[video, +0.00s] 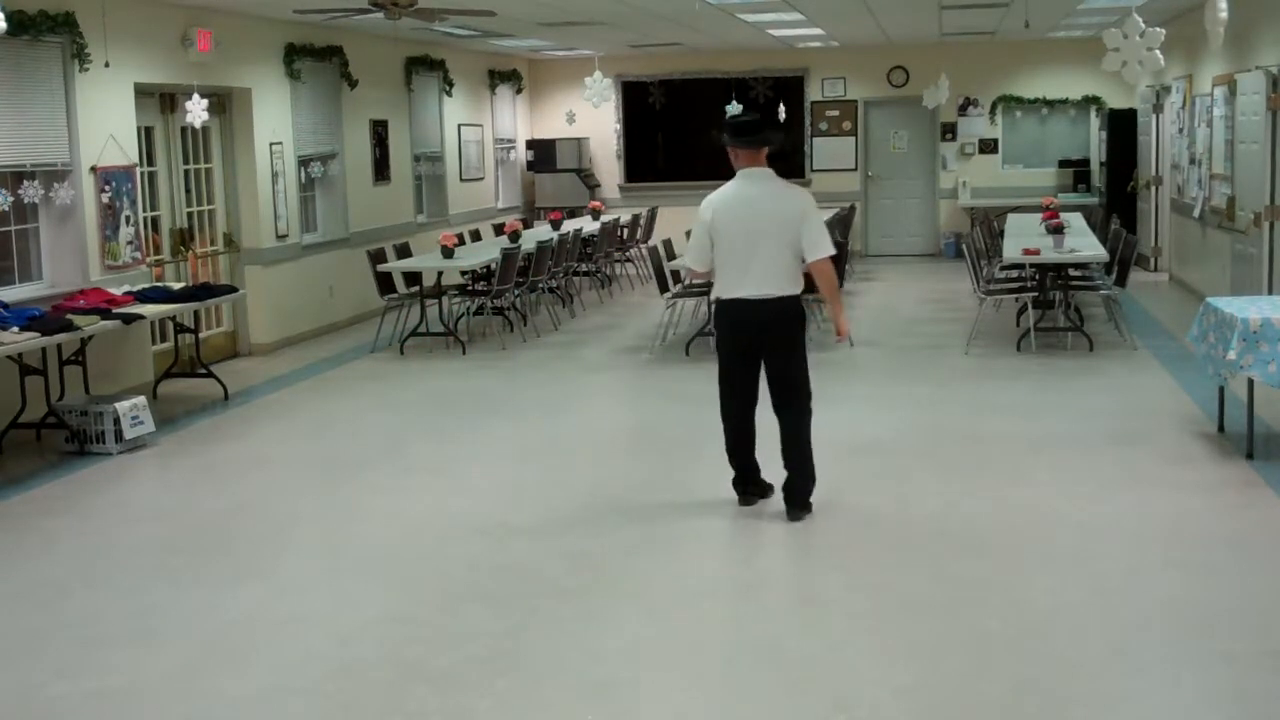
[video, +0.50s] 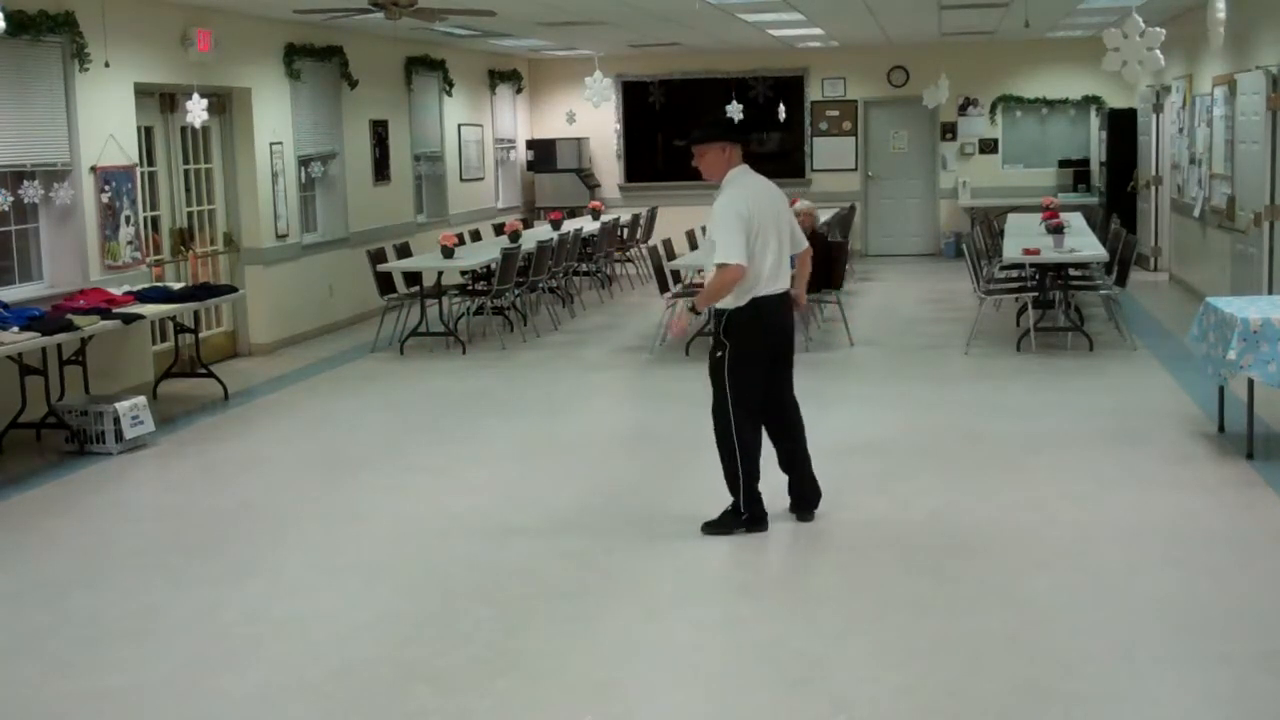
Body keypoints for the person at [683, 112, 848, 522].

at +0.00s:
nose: (731, 156)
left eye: (730, 150)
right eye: (734, 149)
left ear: (731, 152)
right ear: (768, 149)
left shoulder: (715, 203)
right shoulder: (797, 198)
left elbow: (698, 270)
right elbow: (819, 262)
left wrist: (732, 255)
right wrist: (839, 313)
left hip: (733, 317)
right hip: (784, 316)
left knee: (737, 402)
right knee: (793, 404)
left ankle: (747, 483)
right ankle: (798, 499)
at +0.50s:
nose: (696, 165)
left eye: (701, 156)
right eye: (694, 157)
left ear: (726, 151)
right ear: (731, 153)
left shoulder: (729, 201)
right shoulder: (769, 189)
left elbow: (733, 270)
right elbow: (803, 251)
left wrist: (693, 307)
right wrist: (798, 294)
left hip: (742, 320)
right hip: (778, 314)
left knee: (732, 415)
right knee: (780, 405)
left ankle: (746, 508)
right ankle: (805, 494)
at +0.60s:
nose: (685, 164)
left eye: (690, 155)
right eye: (684, 156)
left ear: (715, 151)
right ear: (720, 153)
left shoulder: (723, 197)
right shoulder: (751, 186)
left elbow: (733, 267)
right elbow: (780, 251)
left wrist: (708, 320)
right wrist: (754, 287)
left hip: (737, 316)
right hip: (765, 310)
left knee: (735, 414)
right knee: (764, 404)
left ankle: (748, 508)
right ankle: (787, 494)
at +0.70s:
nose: (673, 166)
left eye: (677, 157)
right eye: (671, 158)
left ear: (704, 151)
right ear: (705, 153)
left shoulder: (718, 194)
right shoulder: (727, 186)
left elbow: (736, 266)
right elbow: (746, 259)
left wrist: (729, 328)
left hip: (730, 317)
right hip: (741, 311)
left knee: (728, 415)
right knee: (742, 412)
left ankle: (748, 508)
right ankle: (757, 501)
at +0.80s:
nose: (664, 173)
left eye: (670, 164)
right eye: (662, 165)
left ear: (696, 158)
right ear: (691, 162)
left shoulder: (718, 202)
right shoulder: (703, 198)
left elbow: (743, 271)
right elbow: (711, 263)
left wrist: (748, 334)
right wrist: (692, 305)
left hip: (723, 324)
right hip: (714, 321)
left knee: (697, 414)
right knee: (734, 413)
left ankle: (732, 500)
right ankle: (758, 498)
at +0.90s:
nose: (654, 175)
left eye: (660, 166)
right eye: (652, 168)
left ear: (686, 162)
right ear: (671, 167)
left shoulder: (718, 207)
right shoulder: (682, 206)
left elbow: (749, 271)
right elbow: (683, 272)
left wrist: (759, 335)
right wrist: (664, 321)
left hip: (720, 331)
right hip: (696, 330)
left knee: (682, 415)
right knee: (729, 416)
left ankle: (700, 506)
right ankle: (758, 500)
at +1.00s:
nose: (642, 175)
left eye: (648, 165)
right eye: (639, 167)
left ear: (673, 162)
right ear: (653, 169)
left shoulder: (710, 209)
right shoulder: (661, 210)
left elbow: (746, 272)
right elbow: (665, 278)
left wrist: (759, 333)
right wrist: (644, 329)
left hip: (710, 330)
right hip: (678, 330)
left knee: (683, 424)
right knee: (716, 418)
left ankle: (670, 524)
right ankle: (755, 494)